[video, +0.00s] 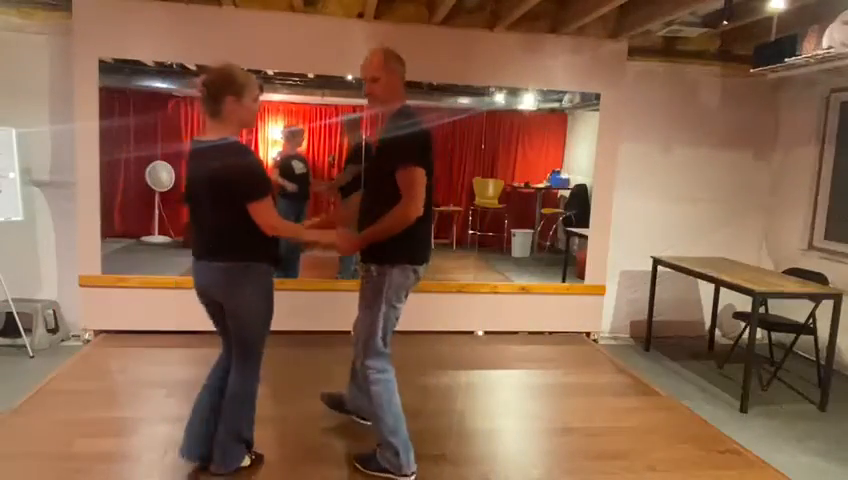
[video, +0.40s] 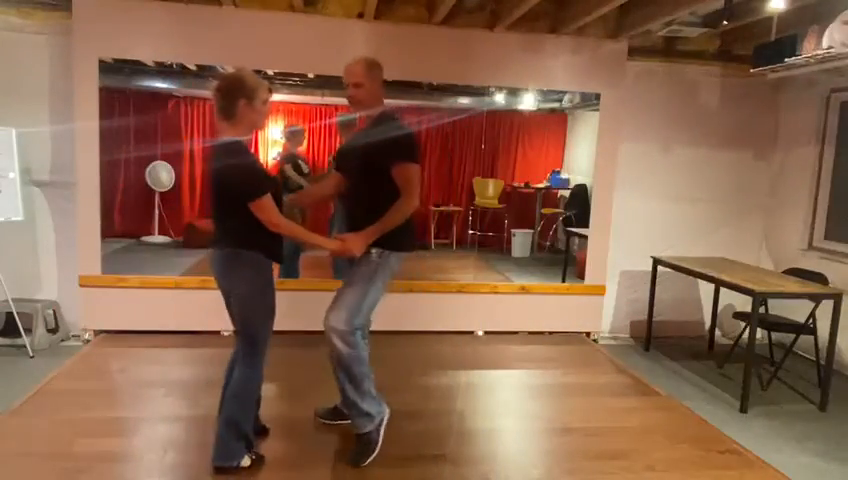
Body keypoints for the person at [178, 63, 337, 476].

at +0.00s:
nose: (257, 108)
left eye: (257, 101)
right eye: (253, 101)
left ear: (215, 104)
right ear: (230, 104)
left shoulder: (198, 154)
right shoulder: (242, 160)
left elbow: (203, 213)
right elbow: (271, 224)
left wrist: (262, 189)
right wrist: (324, 236)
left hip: (207, 271)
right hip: (244, 275)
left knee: (231, 353)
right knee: (246, 364)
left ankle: (198, 445)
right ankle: (230, 455)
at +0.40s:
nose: (267, 113)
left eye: (267, 105)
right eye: (263, 105)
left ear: (232, 107)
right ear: (243, 106)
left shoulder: (227, 153)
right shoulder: (239, 159)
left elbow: (265, 207)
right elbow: (275, 222)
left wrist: (312, 193)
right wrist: (332, 244)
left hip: (234, 259)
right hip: (246, 263)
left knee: (250, 345)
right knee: (251, 351)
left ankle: (243, 420)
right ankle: (230, 453)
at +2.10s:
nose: (272, 113)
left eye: (272, 106)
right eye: (269, 106)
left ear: (235, 109)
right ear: (256, 108)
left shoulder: (225, 151)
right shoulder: (255, 152)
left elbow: (220, 207)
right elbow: (275, 208)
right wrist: (306, 248)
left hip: (229, 251)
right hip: (250, 255)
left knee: (254, 341)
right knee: (256, 346)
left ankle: (243, 424)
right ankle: (235, 454)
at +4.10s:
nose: (247, 114)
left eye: (247, 106)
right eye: (244, 106)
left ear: (208, 107)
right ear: (228, 107)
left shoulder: (199, 154)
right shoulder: (223, 158)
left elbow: (251, 192)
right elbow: (267, 212)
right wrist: (311, 244)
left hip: (215, 256)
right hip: (239, 260)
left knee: (233, 343)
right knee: (253, 349)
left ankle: (212, 430)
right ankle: (237, 455)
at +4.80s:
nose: (260, 110)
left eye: (257, 103)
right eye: (257, 104)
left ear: (215, 107)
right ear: (247, 109)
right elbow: (298, 201)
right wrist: (347, 229)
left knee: (216, 348)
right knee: (230, 355)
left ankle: (210, 429)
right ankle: (227, 458)